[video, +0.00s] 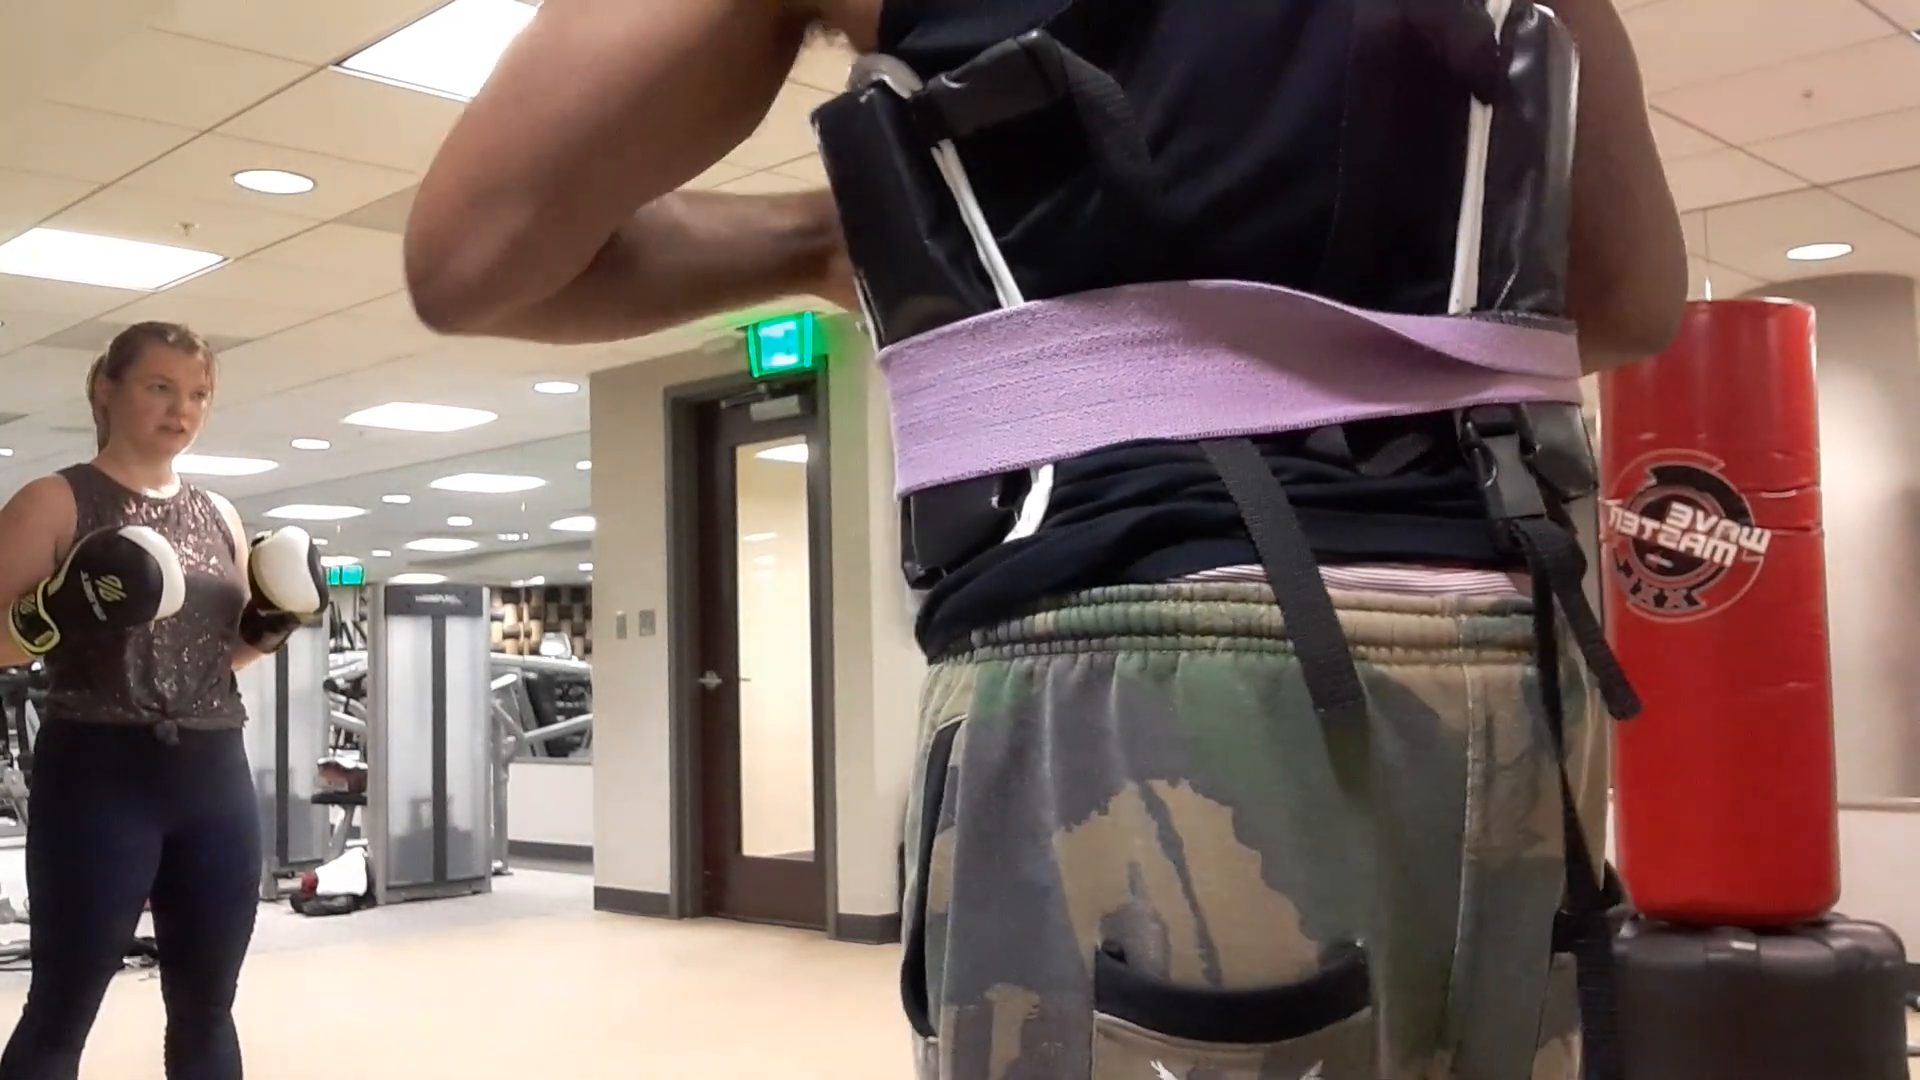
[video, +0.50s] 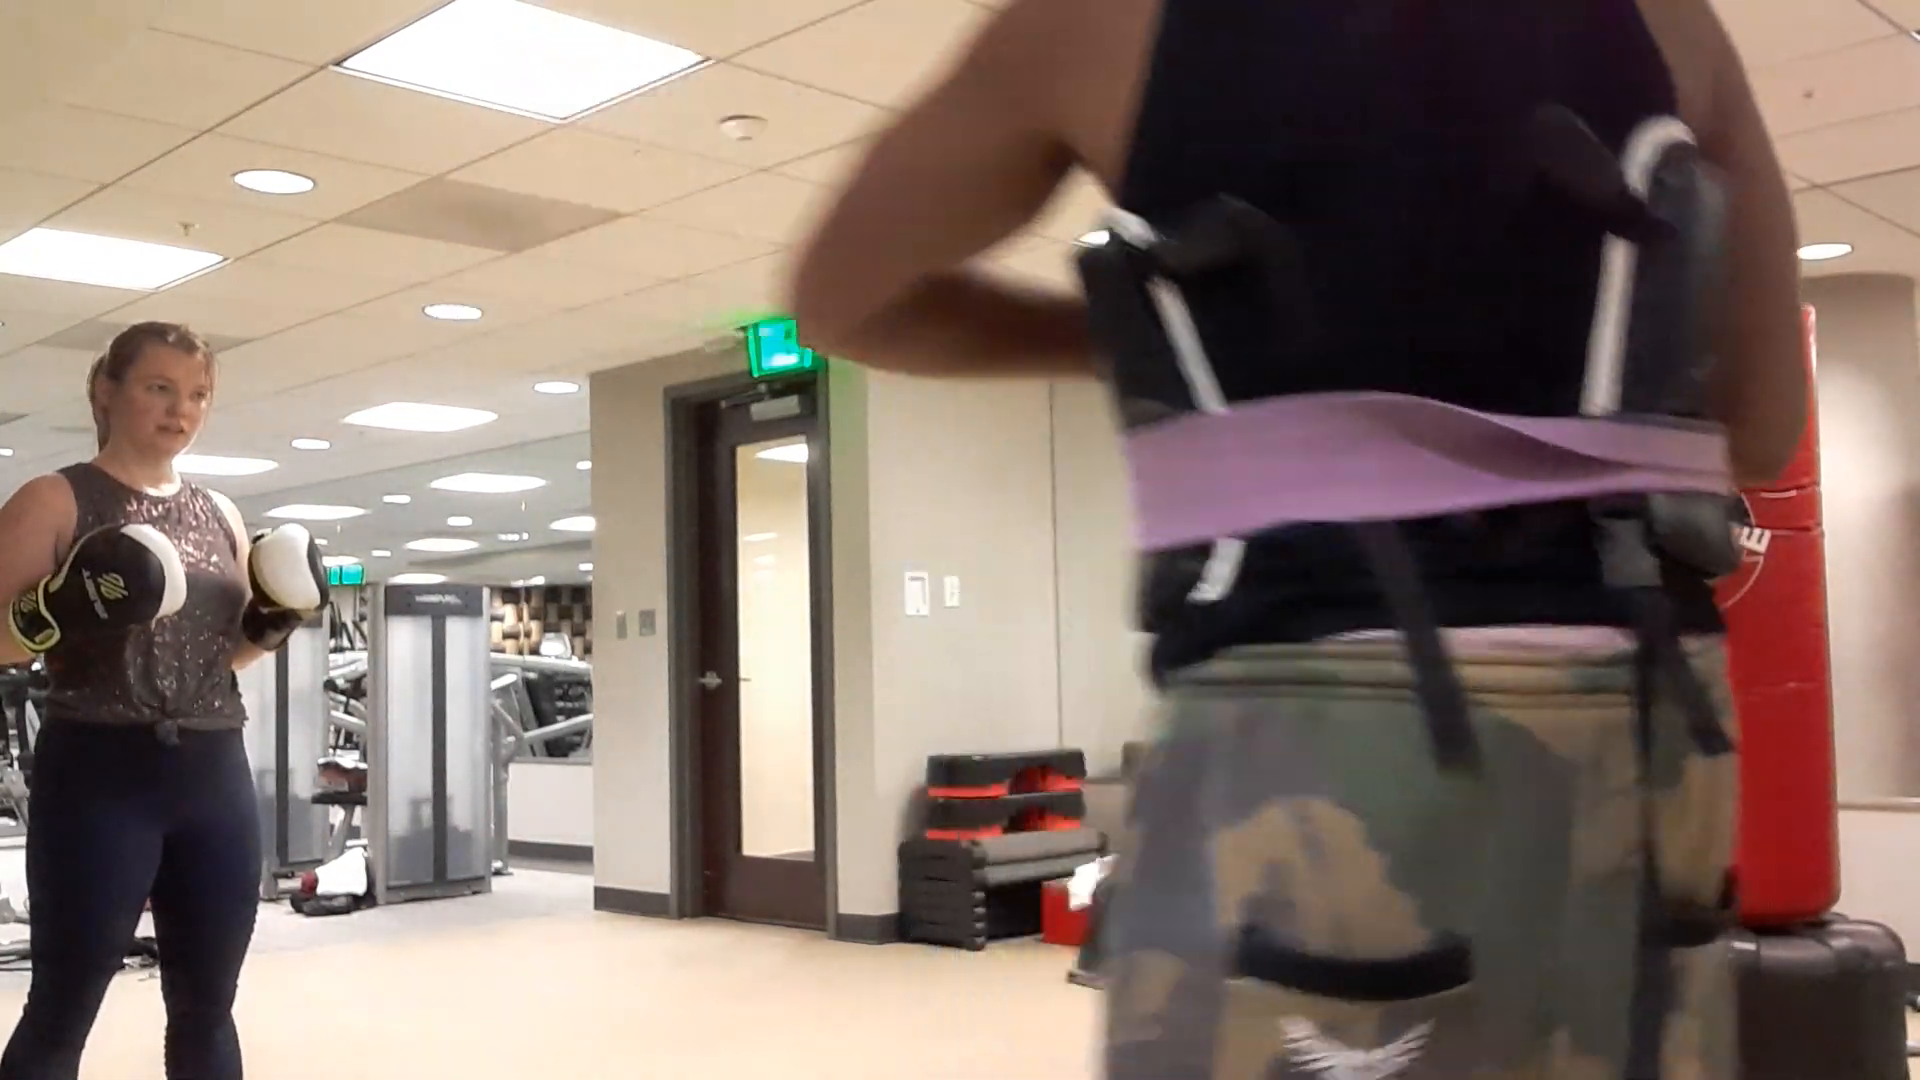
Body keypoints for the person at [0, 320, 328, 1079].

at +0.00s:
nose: (182, 409)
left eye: (197, 395)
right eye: (160, 388)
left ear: (207, 408)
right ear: (105, 392)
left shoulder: (221, 518)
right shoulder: (53, 503)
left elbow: (220, 660)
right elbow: (4, 646)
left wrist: (277, 617)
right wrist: (62, 609)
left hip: (216, 777)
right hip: (95, 777)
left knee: (207, 1010)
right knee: (61, 1011)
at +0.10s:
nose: (182, 409)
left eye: (196, 395)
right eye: (160, 388)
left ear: (207, 408)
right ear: (105, 392)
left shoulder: (221, 518)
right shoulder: (53, 504)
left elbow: (221, 659)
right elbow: (3, 646)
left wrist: (277, 616)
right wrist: (62, 609)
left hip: (216, 776)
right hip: (95, 776)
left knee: (208, 1006)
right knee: (64, 1006)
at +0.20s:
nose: (182, 409)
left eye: (197, 395)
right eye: (160, 388)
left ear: (207, 408)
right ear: (105, 392)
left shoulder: (221, 518)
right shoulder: (53, 503)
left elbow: (223, 659)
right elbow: (3, 646)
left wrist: (278, 616)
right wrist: (61, 609)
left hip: (216, 776)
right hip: (95, 776)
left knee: (208, 1007)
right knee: (63, 1006)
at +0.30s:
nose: (182, 409)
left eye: (197, 395)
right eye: (160, 388)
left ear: (207, 407)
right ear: (105, 392)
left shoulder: (221, 517)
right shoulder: (53, 503)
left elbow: (223, 658)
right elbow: (4, 646)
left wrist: (277, 616)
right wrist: (62, 607)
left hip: (216, 776)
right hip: (95, 775)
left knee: (208, 1005)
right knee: (65, 1003)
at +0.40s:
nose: (182, 409)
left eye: (197, 395)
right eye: (160, 388)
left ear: (207, 407)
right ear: (105, 392)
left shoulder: (222, 518)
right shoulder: (53, 502)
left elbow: (222, 658)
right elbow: (3, 645)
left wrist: (278, 615)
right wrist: (63, 606)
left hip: (216, 776)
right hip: (95, 775)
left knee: (208, 1007)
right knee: (64, 1004)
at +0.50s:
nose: (181, 409)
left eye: (196, 395)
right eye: (160, 388)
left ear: (207, 407)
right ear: (105, 392)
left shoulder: (222, 517)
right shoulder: (53, 503)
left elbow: (222, 659)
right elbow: (3, 645)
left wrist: (278, 616)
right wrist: (64, 607)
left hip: (216, 777)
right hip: (95, 777)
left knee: (208, 1008)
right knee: (63, 1008)